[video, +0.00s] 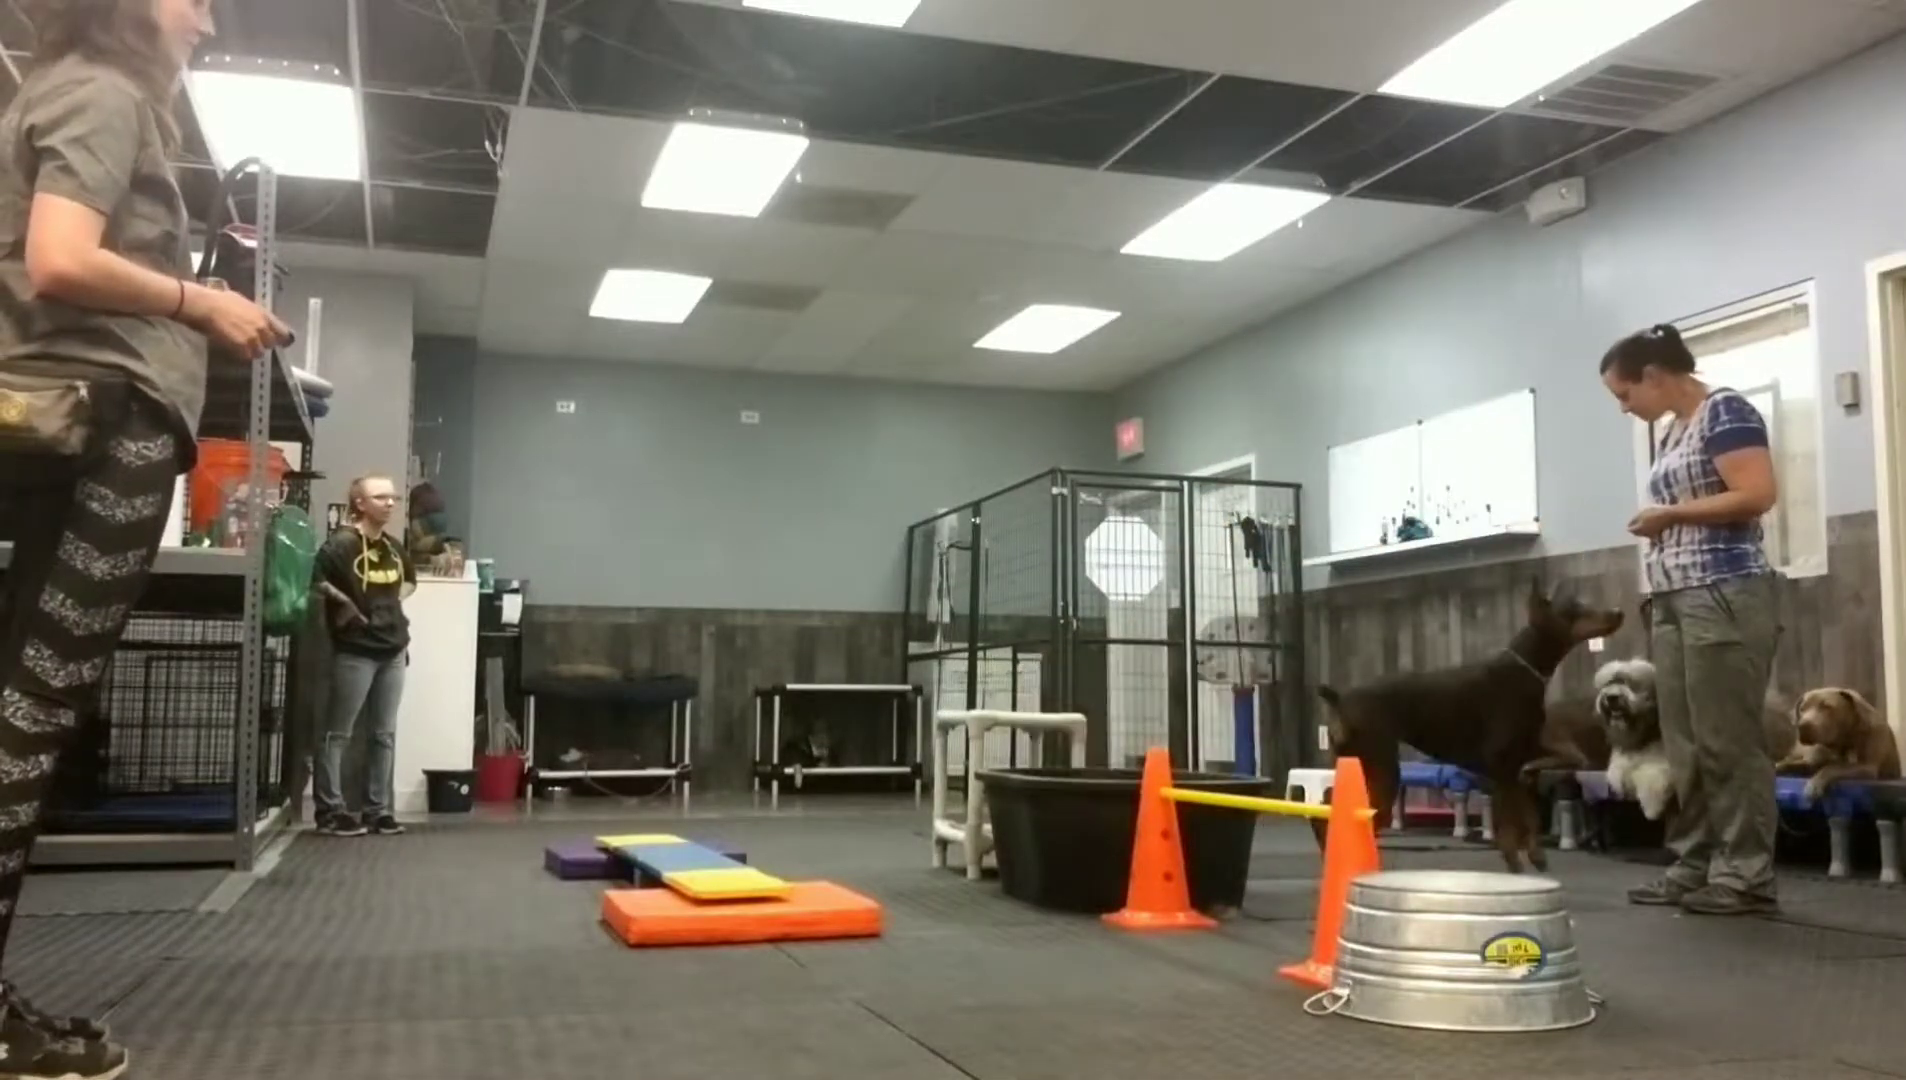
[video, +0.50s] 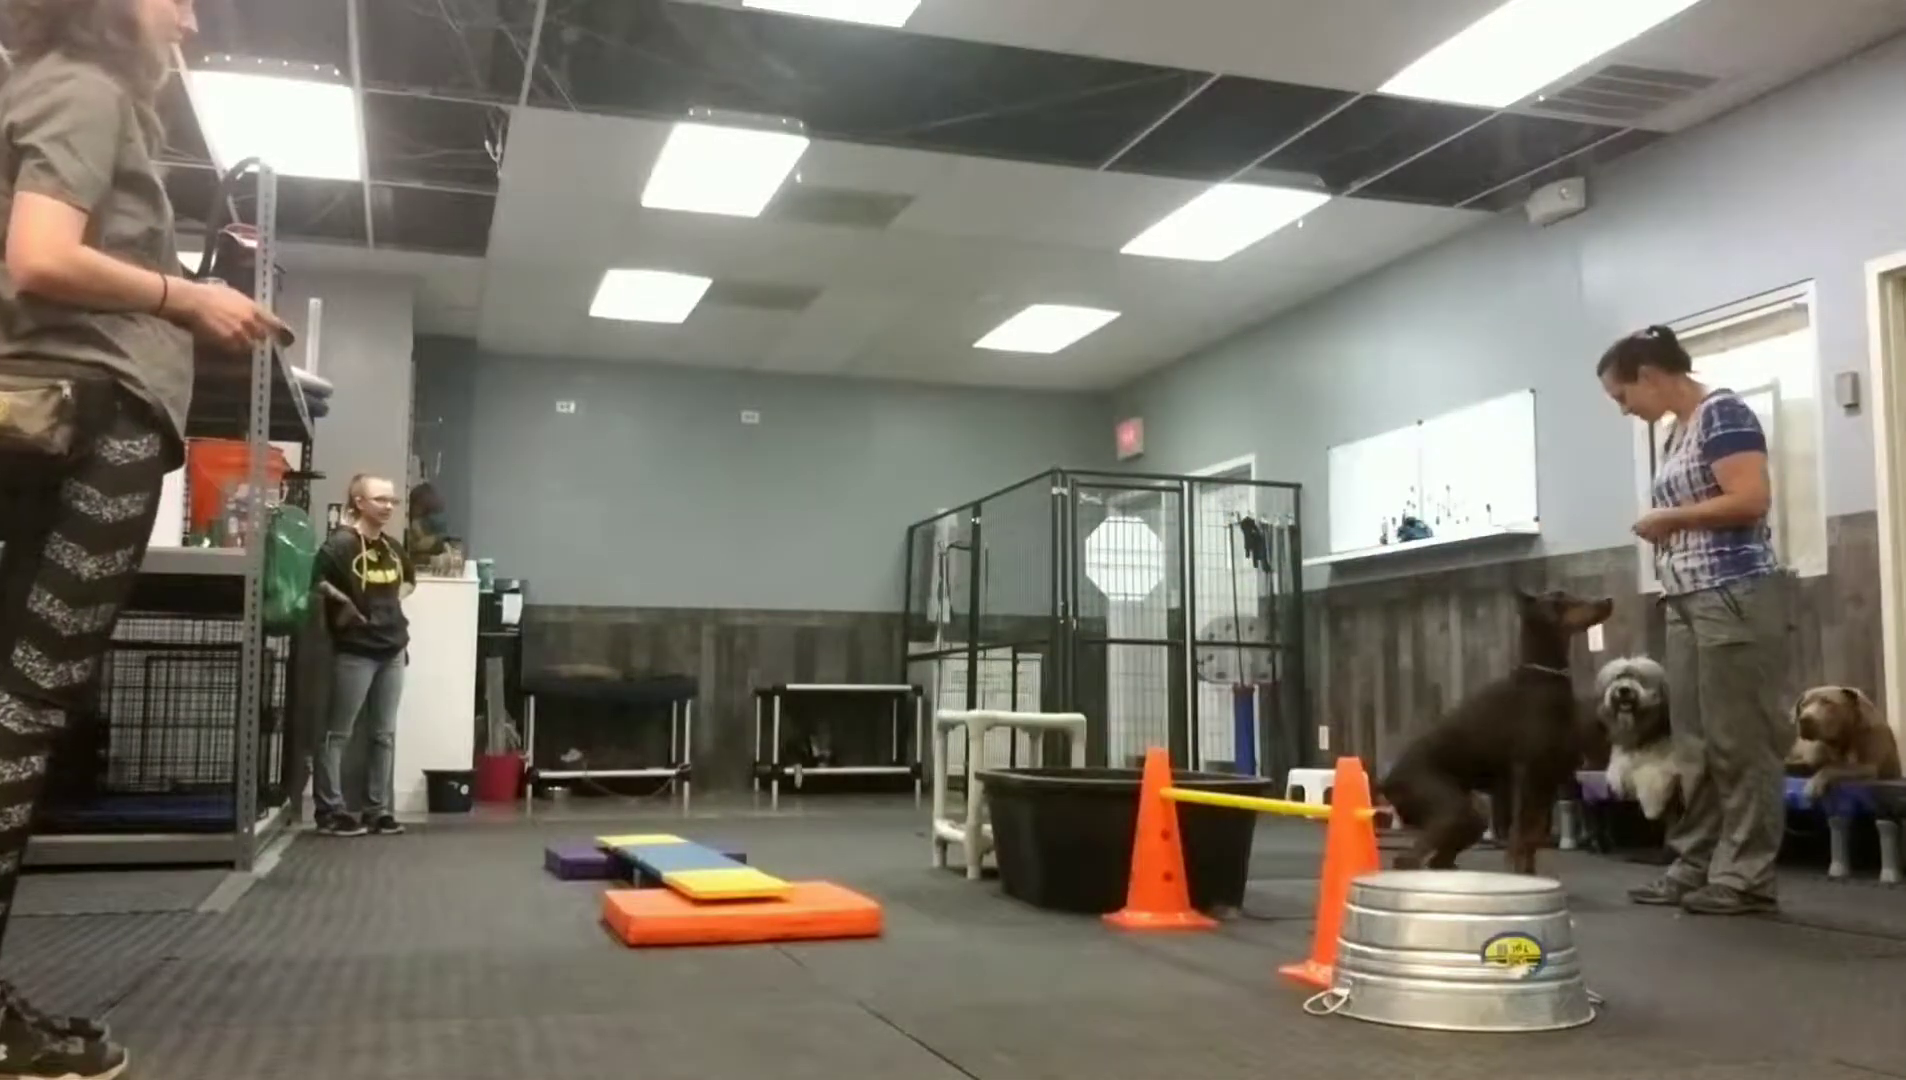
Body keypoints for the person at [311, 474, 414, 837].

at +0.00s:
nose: (390, 504)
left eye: (392, 498)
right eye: (381, 498)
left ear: (394, 504)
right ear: (359, 503)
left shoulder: (392, 546)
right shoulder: (340, 546)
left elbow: (406, 583)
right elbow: (316, 585)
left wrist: (396, 624)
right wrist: (347, 609)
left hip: (393, 649)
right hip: (355, 650)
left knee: (383, 734)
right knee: (339, 734)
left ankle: (378, 811)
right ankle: (330, 811)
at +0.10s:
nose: (390, 504)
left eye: (392, 498)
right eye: (381, 498)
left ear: (393, 503)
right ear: (359, 504)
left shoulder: (392, 546)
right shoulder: (340, 545)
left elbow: (408, 582)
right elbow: (316, 583)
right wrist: (346, 606)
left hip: (392, 649)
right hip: (355, 650)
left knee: (384, 734)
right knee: (339, 734)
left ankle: (378, 811)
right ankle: (329, 811)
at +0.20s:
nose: (390, 504)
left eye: (392, 498)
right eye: (381, 498)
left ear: (393, 504)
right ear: (359, 504)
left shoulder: (392, 545)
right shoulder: (340, 545)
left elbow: (408, 581)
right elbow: (316, 583)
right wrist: (346, 606)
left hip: (392, 649)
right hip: (355, 650)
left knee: (384, 734)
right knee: (339, 734)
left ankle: (378, 811)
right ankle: (329, 811)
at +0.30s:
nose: (390, 504)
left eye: (392, 498)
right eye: (381, 498)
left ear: (393, 503)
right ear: (359, 503)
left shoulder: (392, 546)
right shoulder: (339, 546)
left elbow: (407, 582)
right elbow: (314, 587)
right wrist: (347, 609)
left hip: (392, 649)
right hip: (355, 650)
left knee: (384, 734)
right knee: (339, 734)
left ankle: (378, 811)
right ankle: (329, 811)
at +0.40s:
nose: (389, 505)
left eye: (392, 499)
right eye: (381, 499)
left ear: (393, 504)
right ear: (359, 502)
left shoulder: (391, 546)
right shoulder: (340, 545)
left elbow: (406, 582)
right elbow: (315, 587)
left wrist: (394, 623)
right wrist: (347, 612)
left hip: (392, 649)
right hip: (355, 650)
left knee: (384, 735)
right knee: (339, 734)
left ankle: (377, 811)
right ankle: (330, 811)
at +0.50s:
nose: (388, 507)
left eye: (392, 500)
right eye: (380, 500)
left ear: (393, 505)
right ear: (358, 502)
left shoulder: (391, 546)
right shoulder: (339, 546)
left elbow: (407, 582)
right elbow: (316, 588)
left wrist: (391, 619)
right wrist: (347, 611)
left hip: (392, 649)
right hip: (355, 650)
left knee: (384, 735)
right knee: (339, 734)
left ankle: (378, 811)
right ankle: (330, 811)